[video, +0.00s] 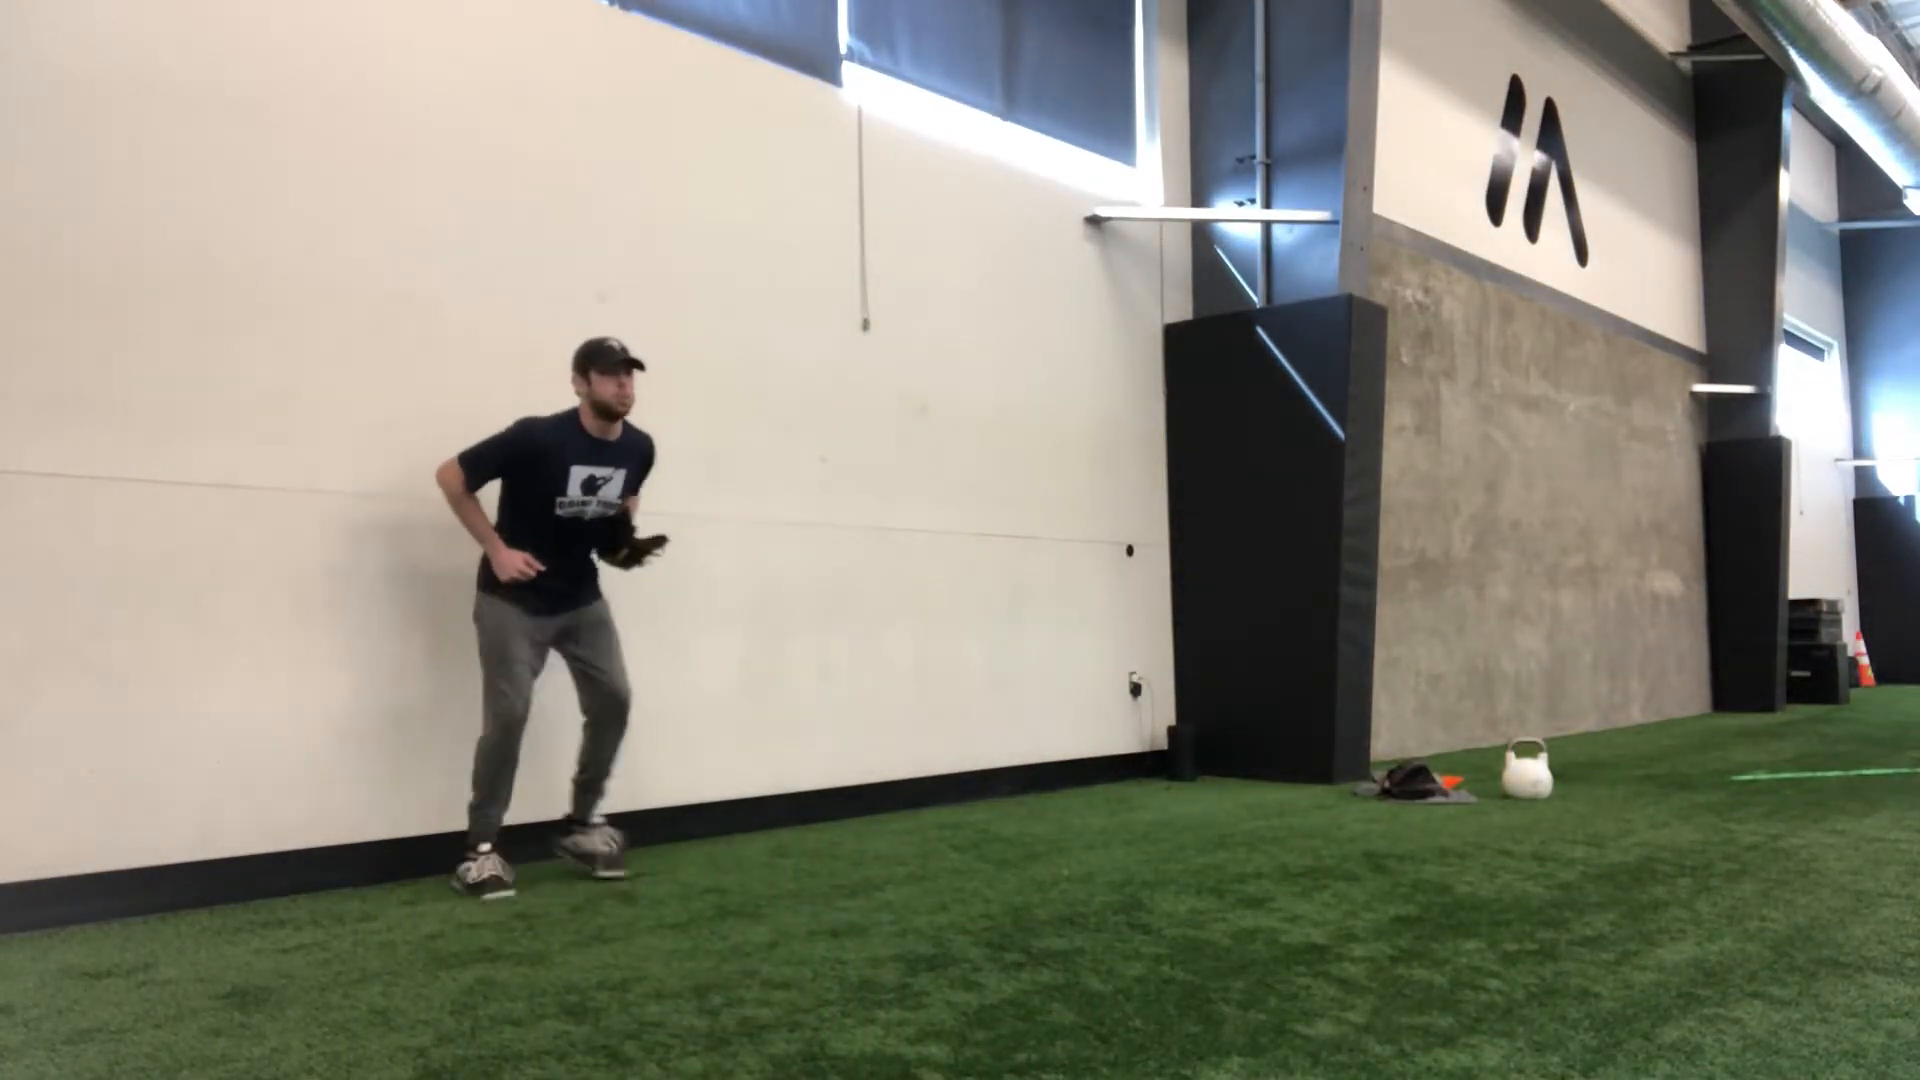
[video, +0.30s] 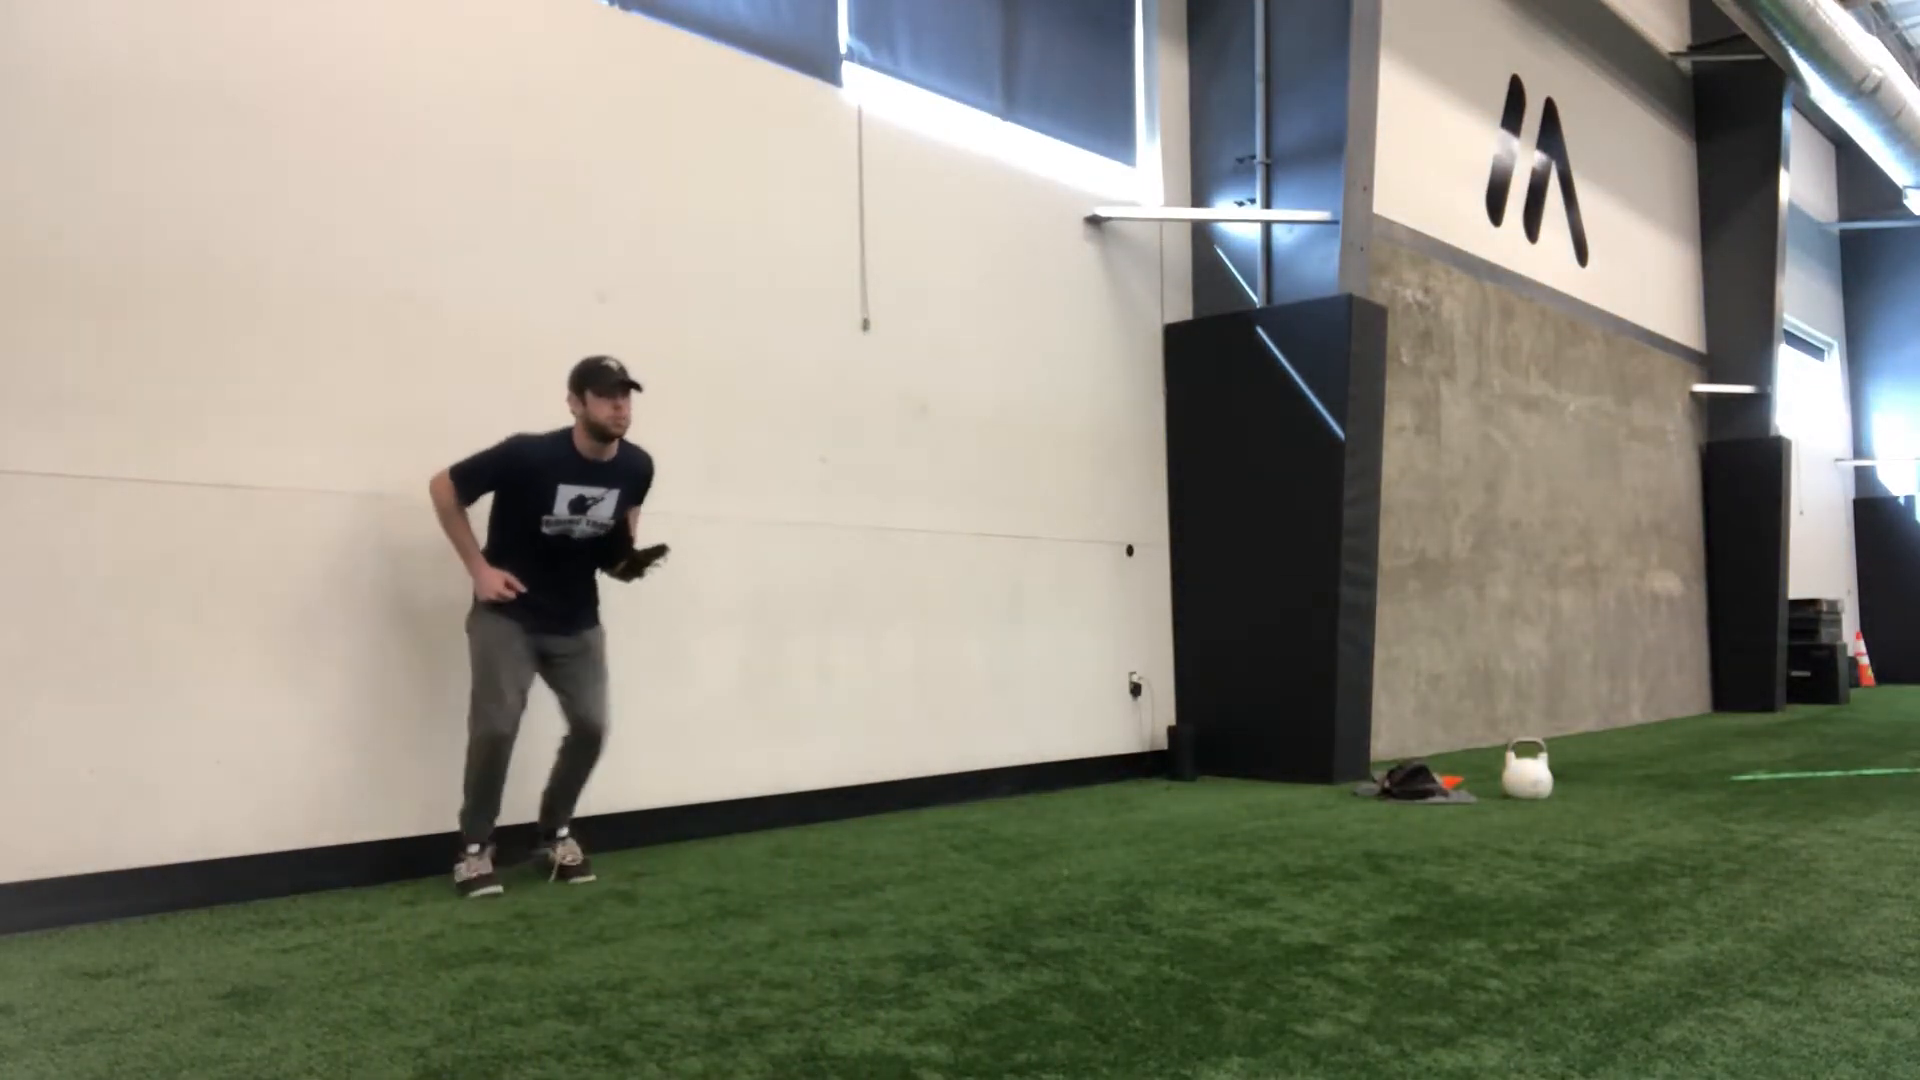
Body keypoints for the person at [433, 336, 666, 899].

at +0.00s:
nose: (625, 385)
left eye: (628, 375)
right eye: (612, 376)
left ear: (634, 383)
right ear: (581, 383)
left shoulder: (637, 448)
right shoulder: (535, 438)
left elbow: (624, 505)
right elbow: (452, 476)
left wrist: (622, 544)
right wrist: (495, 548)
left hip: (580, 598)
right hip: (514, 600)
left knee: (612, 702)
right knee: (508, 716)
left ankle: (583, 824)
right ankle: (482, 849)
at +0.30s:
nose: (621, 406)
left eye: (625, 396)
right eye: (607, 396)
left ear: (632, 402)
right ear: (576, 402)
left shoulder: (634, 467)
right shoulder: (526, 455)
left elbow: (625, 516)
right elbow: (445, 487)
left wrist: (625, 556)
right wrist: (479, 568)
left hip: (574, 616)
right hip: (506, 611)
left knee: (592, 727)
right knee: (496, 727)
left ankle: (552, 834)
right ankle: (475, 849)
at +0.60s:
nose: (686, 421)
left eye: (690, 410)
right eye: (672, 409)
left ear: (695, 416)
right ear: (640, 416)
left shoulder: (686, 484)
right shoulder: (585, 469)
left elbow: (677, 527)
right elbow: (492, 504)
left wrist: (675, 569)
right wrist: (519, 591)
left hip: (607, 619)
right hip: (543, 620)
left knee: (637, 721)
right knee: (549, 749)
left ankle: (626, 861)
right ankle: (489, 833)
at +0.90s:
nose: (740, 427)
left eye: (745, 415)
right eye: (726, 414)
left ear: (749, 419)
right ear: (690, 416)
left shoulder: (739, 496)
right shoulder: (631, 473)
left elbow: (740, 582)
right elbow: (524, 522)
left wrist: (752, 615)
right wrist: (559, 613)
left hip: (648, 613)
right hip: (584, 608)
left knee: (703, 724)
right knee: (620, 723)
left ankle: (622, 828)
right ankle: (624, 909)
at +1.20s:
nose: (788, 513)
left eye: (794, 500)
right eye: (776, 500)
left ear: (800, 496)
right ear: (737, 496)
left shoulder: (790, 553)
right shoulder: (681, 549)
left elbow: (798, 655)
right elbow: (661, 676)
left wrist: (810, 728)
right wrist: (778, 698)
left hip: (692, 628)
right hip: (617, 634)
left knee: (792, 674)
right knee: (671, 733)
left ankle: (781, 812)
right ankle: (621, 913)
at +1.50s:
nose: (880, 635)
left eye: (887, 622)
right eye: (870, 621)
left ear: (892, 615)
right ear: (831, 610)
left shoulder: (876, 663)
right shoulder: (774, 636)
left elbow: (861, 777)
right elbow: (807, 774)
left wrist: (891, 837)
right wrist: (911, 817)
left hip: (784, 678)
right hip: (701, 660)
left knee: (893, 741)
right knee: (702, 741)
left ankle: (963, 875)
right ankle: (623, 916)